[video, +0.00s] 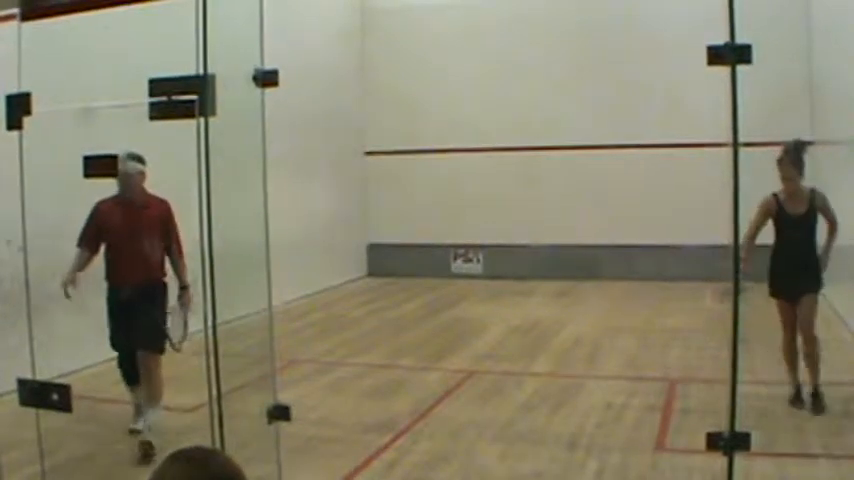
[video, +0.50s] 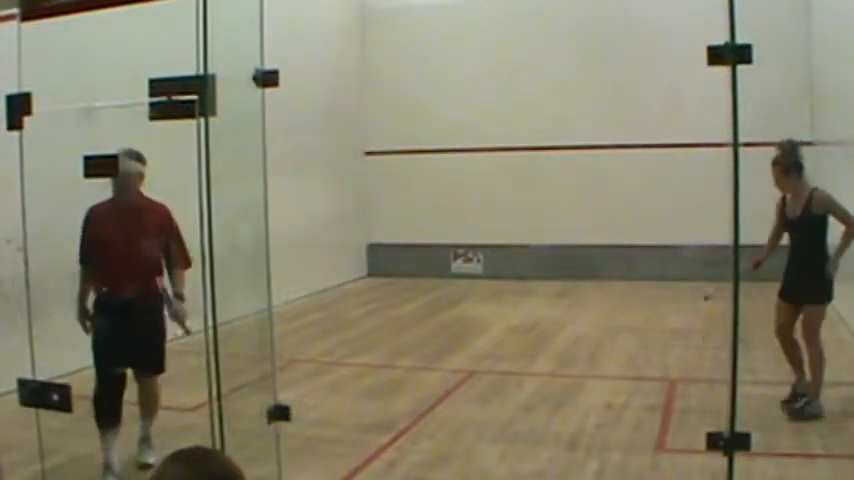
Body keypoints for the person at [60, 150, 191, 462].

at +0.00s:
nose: (130, 182)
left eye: (135, 176)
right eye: (125, 177)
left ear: (144, 177)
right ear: (118, 178)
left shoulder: (160, 209)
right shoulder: (105, 210)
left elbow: (174, 251)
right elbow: (89, 246)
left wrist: (184, 287)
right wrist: (74, 270)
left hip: (152, 290)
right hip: (119, 291)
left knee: (149, 353)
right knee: (126, 355)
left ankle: (153, 413)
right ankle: (139, 409)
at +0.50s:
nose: (125, 183)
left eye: (132, 177)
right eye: (120, 177)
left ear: (143, 178)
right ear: (112, 178)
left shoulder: (159, 214)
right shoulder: (97, 215)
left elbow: (176, 261)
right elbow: (87, 265)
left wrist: (180, 299)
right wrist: (82, 302)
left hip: (147, 306)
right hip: (108, 307)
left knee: (147, 377)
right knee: (109, 382)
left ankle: (146, 441)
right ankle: (109, 459)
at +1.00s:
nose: (128, 181)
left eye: (136, 175)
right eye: (122, 174)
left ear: (147, 178)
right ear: (110, 174)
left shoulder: (159, 219)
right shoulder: (88, 219)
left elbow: (175, 272)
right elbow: (39, 258)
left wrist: (187, 300)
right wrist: (5, 266)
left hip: (149, 328)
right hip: (105, 330)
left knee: (156, 413)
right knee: (108, 415)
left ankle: (162, 475)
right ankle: (116, 473)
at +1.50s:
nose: (173, 196)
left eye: (179, 189)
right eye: (167, 186)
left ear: (183, 188)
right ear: (146, 177)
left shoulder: (180, 222)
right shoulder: (109, 222)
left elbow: (193, 283)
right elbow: (79, 280)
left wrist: (213, 314)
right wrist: (61, 287)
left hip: (173, 340)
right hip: (128, 346)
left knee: (179, 443)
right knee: (144, 450)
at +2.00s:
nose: (187, 195)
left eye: (189, 187)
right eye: (184, 185)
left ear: (164, 182)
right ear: (163, 180)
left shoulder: (152, 220)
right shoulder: (139, 226)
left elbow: (157, 286)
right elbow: (148, 304)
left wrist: (194, 299)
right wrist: (192, 341)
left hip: (147, 350)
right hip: (136, 354)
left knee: (158, 454)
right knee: (153, 456)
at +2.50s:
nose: (168, 186)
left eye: (167, 179)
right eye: (166, 179)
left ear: (132, 180)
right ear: (161, 180)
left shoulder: (110, 218)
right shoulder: (174, 217)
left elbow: (107, 267)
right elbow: (191, 286)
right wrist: (209, 336)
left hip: (127, 339)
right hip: (171, 339)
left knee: (151, 429)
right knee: (201, 429)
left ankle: (145, 477)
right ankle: (208, 479)